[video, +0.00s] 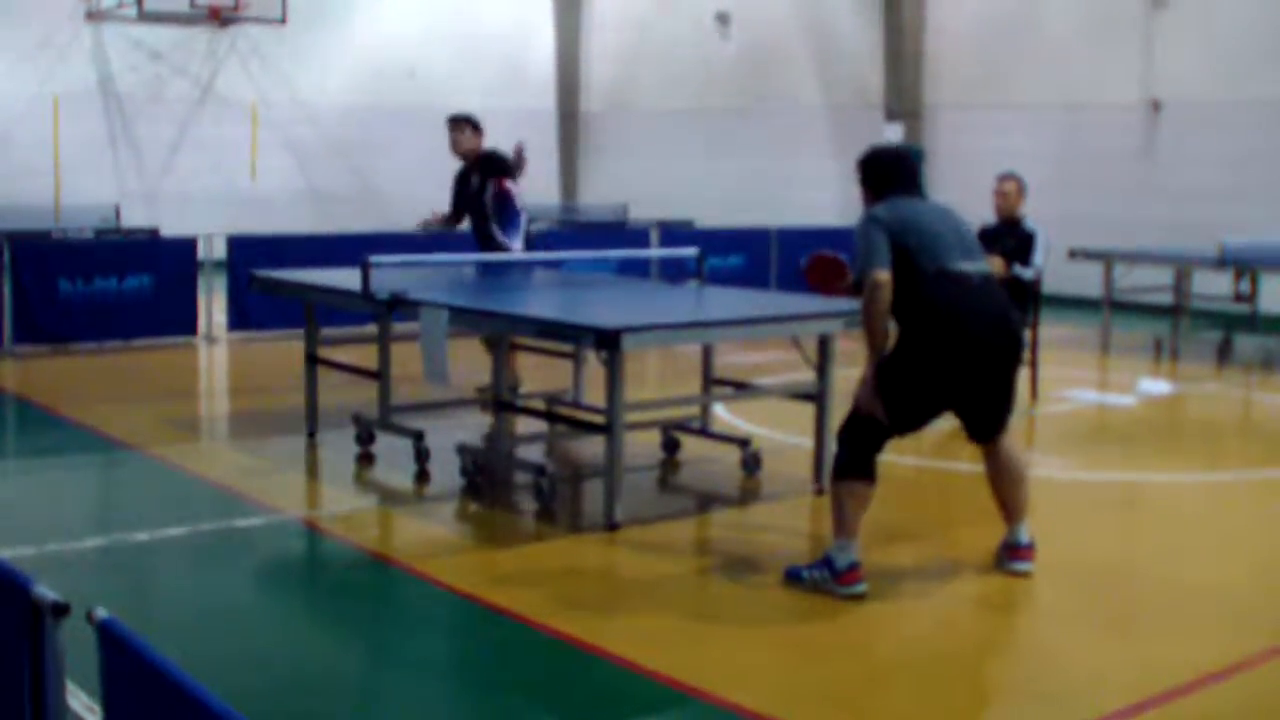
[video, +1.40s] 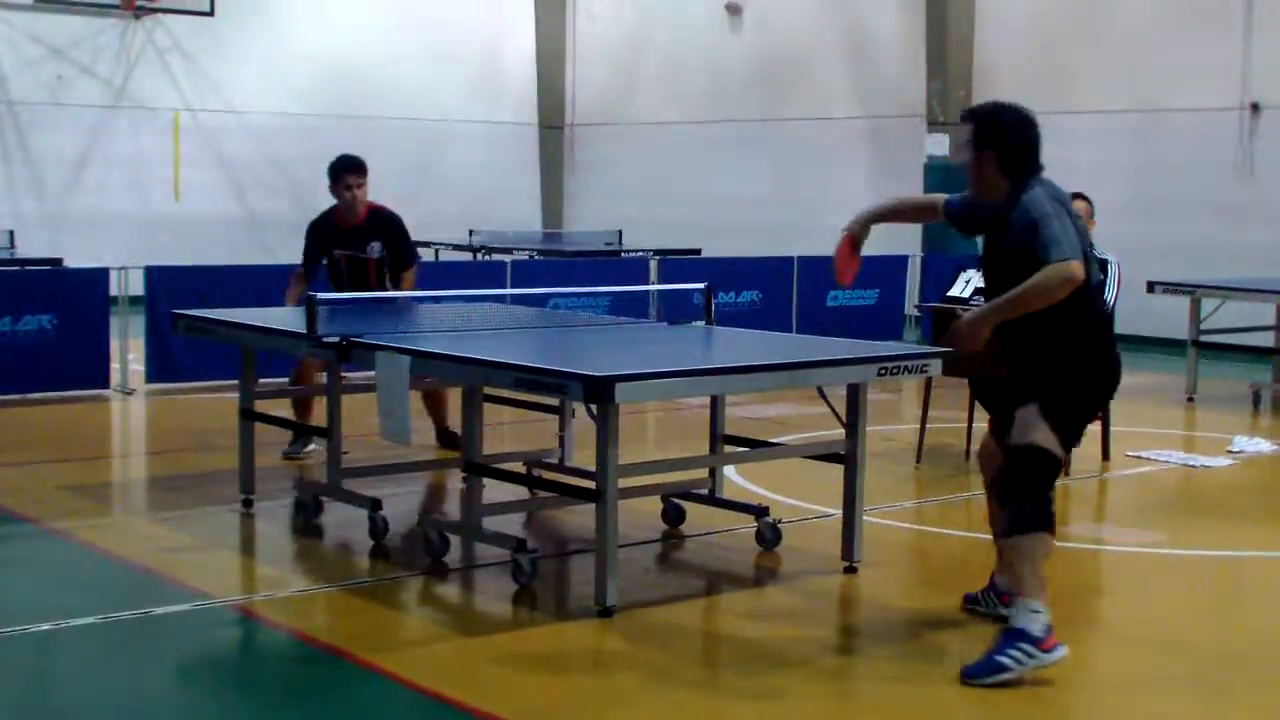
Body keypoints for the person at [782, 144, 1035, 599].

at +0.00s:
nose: (862, 195)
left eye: (863, 187)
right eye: (864, 188)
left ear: (871, 187)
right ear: (916, 181)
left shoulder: (877, 219)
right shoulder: (946, 216)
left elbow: (878, 283)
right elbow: (989, 270)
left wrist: (874, 363)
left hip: (934, 342)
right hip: (996, 340)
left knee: (859, 438)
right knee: (994, 435)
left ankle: (843, 557)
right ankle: (1020, 538)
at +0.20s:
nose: (868, 201)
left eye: (868, 193)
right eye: (868, 193)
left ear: (877, 191)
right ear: (920, 185)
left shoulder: (886, 223)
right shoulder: (955, 220)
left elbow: (889, 287)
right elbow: (996, 279)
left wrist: (883, 370)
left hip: (942, 351)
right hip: (1001, 349)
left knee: (871, 447)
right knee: (996, 442)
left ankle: (844, 567)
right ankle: (1021, 547)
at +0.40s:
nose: (908, 196)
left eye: (910, 185)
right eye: (908, 185)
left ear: (923, 185)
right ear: (969, 177)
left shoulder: (937, 222)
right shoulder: (1011, 213)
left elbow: (951, 299)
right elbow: (1016, 300)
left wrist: (941, 393)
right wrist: (921, 310)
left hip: (1010, 361)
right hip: (1076, 357)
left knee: (927, 478)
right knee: (1061, 481)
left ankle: (889, 623)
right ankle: (1088, 607)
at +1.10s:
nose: (907, 220)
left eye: (905, 209)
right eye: (903, 209)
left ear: (920, 201)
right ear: (952, 185)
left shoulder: (952, 227)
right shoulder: (1002, 217)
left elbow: (947, 302)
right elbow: (1033, 300)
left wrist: (900, 388)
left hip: (1002, 379)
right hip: (1045, 377)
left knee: (920, 489)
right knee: (981, 473)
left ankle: (900, 628)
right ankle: (1009, 587)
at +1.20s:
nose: (921, 204)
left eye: (923, 192)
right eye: (919, 194)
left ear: (945, 187)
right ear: (965, 180)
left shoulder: (986, 220)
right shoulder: (990, 213)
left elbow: (996, 291)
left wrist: (932, 361)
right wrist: (878, 253)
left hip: (1041, 372)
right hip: (1037, 368)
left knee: (957, 476)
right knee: (978, 469)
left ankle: (917, 621)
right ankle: (1008, 587)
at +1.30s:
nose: (941, 179)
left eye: (947, 168)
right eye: (943, 169)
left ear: (970, 173)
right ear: (981, 171)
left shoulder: (1015, 212)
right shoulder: (984, 212)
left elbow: (1040, 277)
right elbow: (926, 212)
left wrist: (967, 326)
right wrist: (863, 219)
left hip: (1061, 361)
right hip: (1025, 353)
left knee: (993, 473)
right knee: (996, 465)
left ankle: (968, 624)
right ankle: (1008, 583)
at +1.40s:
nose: (961, 164)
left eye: (967, 153)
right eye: (963, 154)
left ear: (994, 159)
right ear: (997, 159)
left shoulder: (1039, 205)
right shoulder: (997, 204)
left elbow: (1068, 271)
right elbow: (936, 208)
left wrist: (987, 315)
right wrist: (870, 216)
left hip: (1075, 366)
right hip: (1034, 360)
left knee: (1025, 477)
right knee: (996, 458)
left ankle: (1034, 629)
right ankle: (1010, 586)